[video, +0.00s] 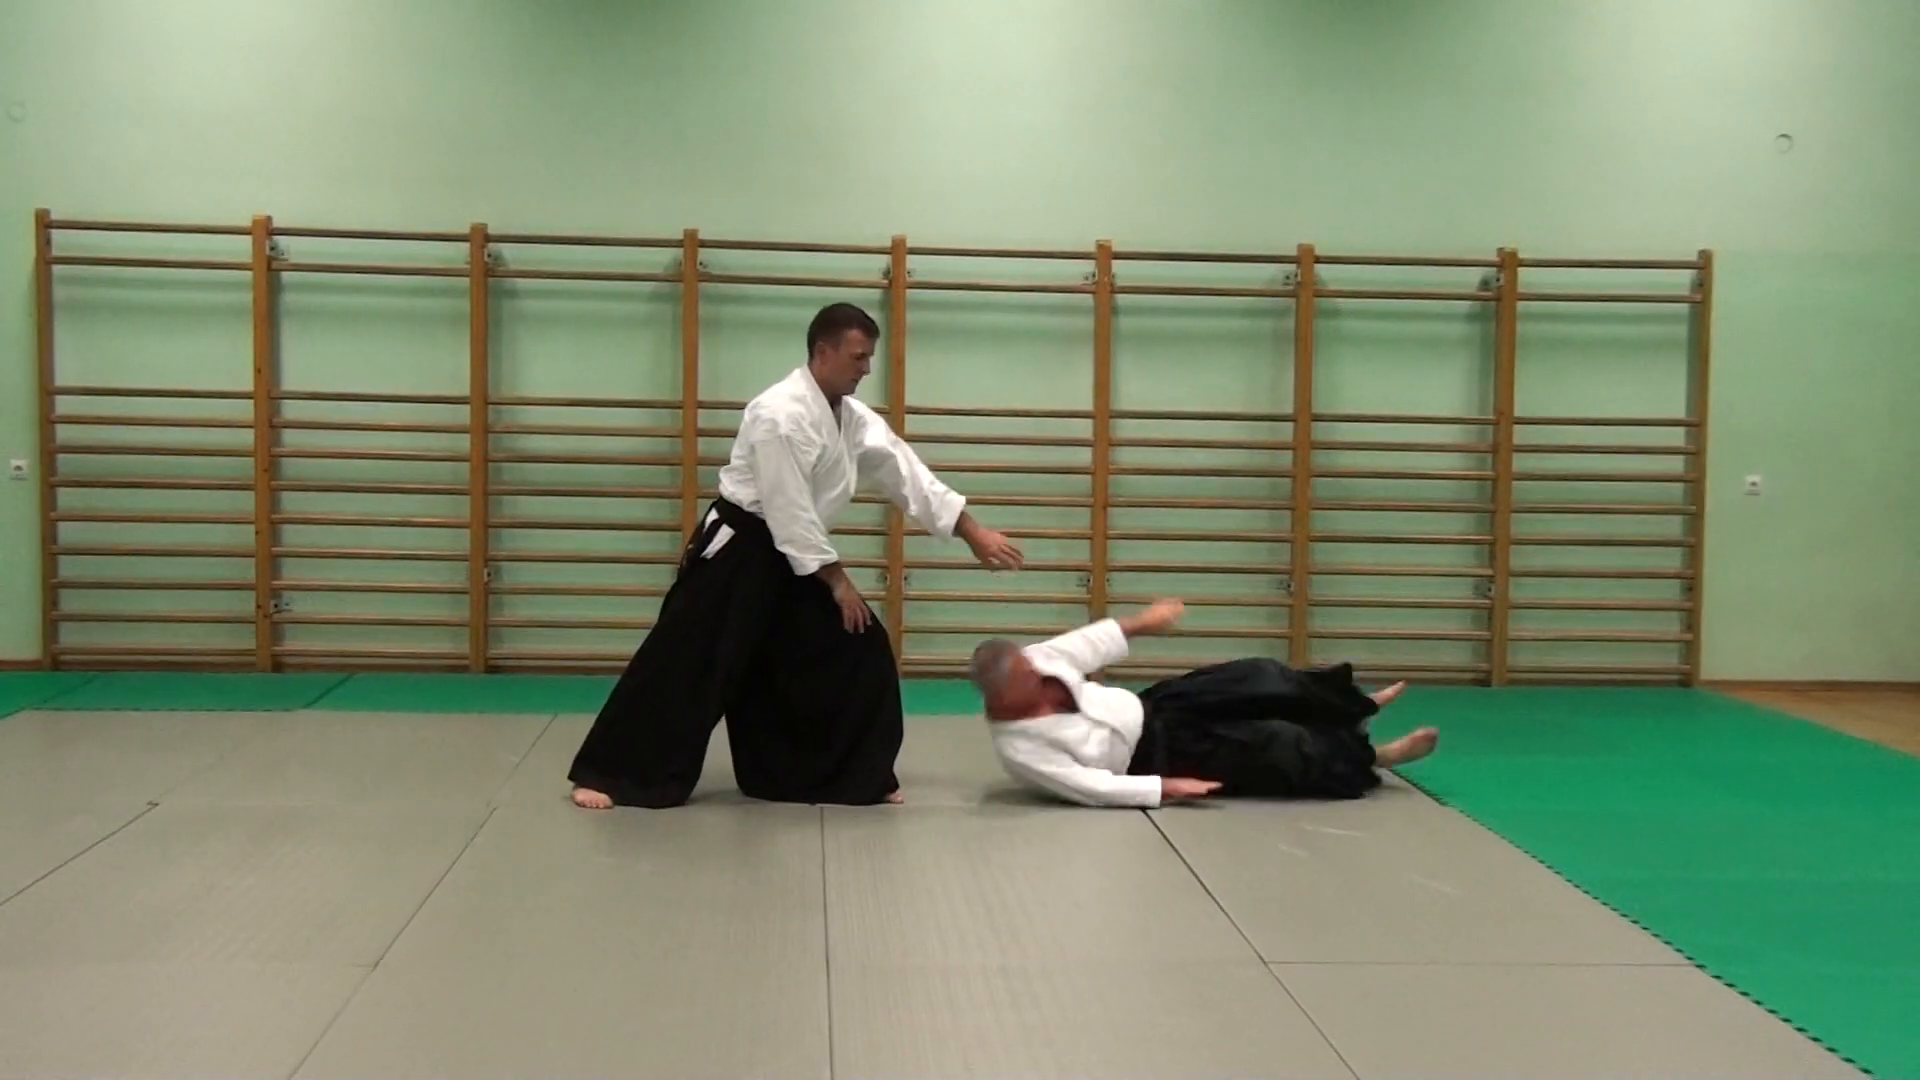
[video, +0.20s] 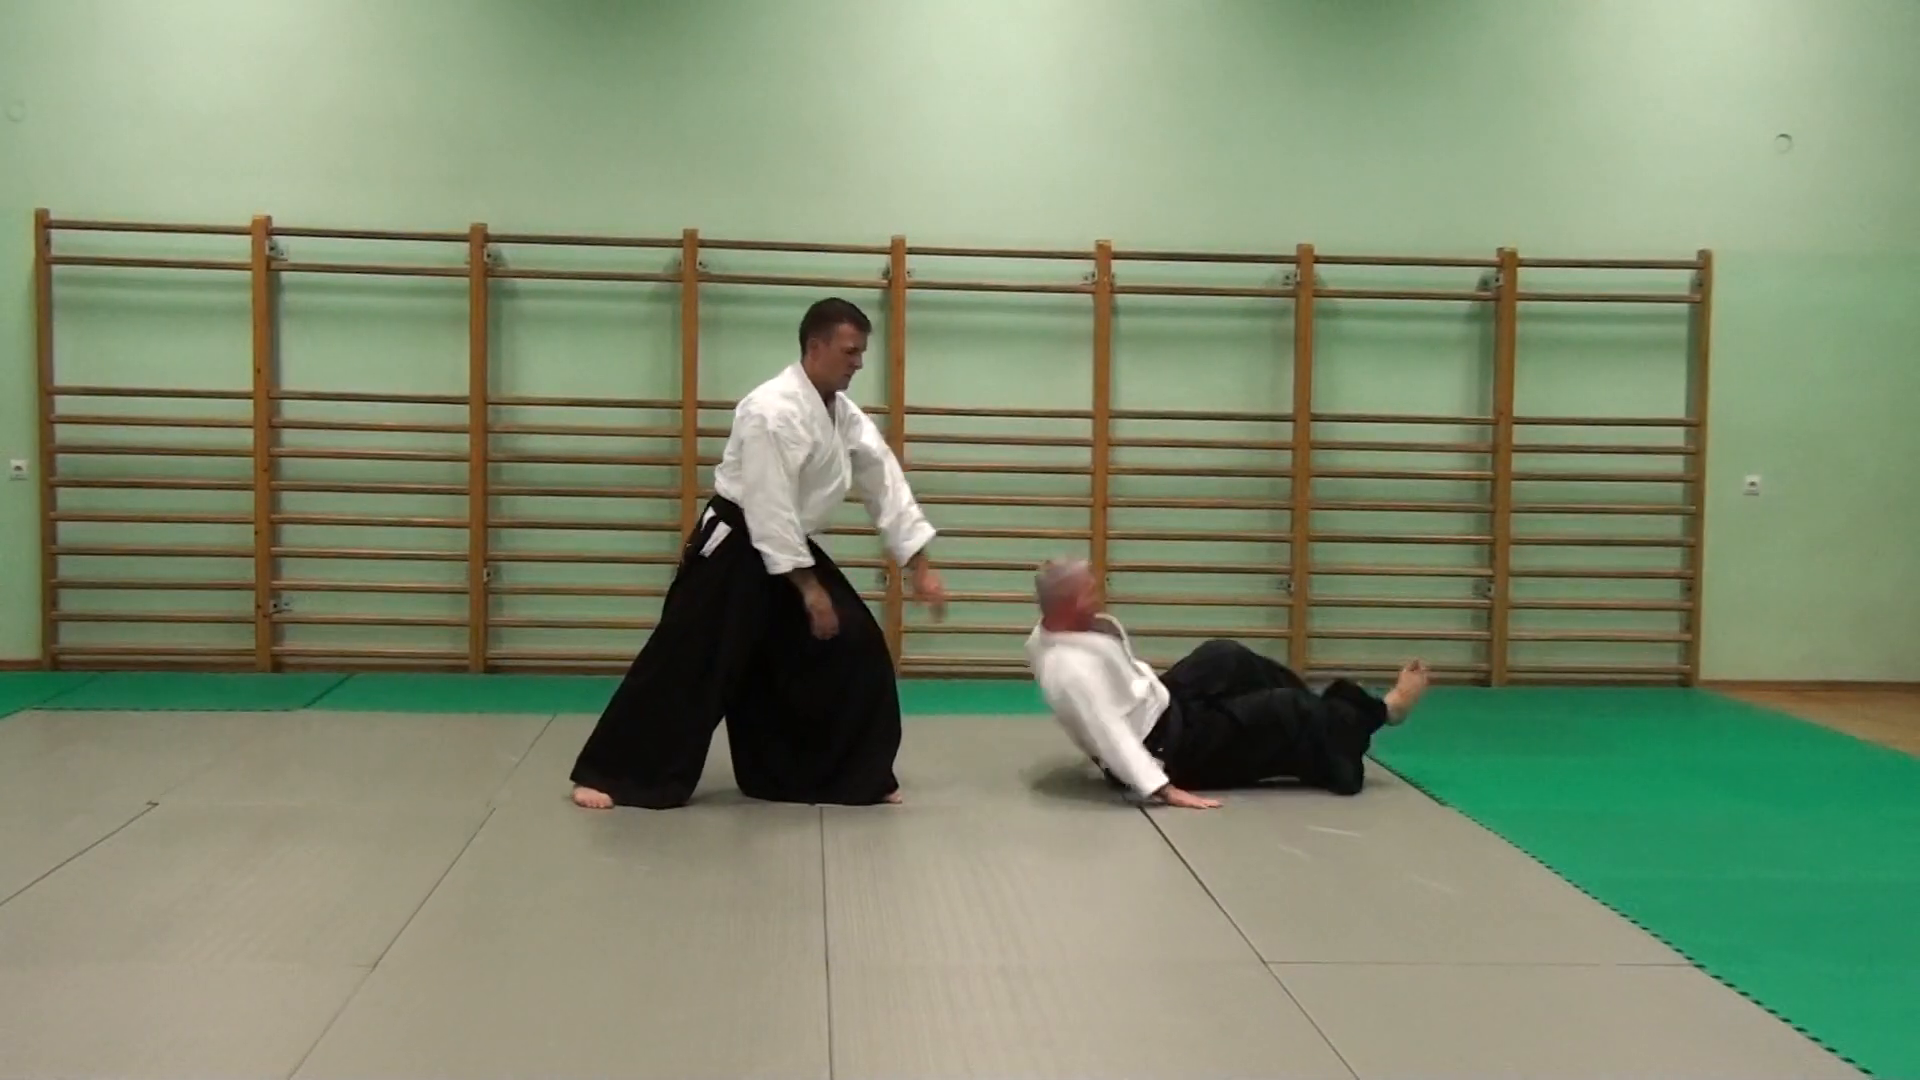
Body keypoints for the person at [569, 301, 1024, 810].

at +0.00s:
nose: (866, 368)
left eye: (869, 358)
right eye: (859, 356)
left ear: (851, 357)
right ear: (824, 350)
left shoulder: (851, 415)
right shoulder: (778, 413)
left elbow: (906, 471)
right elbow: (788, 508)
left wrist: (972, 528)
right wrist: (837, 577)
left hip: (794, 555)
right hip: (739, 547)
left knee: (861, 647)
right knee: (684, 658)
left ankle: (856, 776)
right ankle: (606, 773)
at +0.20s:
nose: (859, 361)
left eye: (862, 351)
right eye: (851, 350)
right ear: (815, 346)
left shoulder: (844, 416)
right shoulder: (771, 410)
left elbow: (885, 482)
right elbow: (769, 510)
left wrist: (918, 560)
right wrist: (808, 584)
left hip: (793, 547)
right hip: (735, 546)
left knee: (860, 645)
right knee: (682, 658)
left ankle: (859, 775)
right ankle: (603, 774)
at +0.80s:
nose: (694, 306)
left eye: (696, 296)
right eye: (683, 296)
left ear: (677, 301)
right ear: (648, 298)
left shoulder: (693, 368)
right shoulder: (614, 369)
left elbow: (712, 456)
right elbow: (597, 466)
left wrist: (712, 537)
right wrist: (616, 553)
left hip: (682, 518)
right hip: (624, 518)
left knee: (708, 638)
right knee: (613, 647)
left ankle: (721, 768)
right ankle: (592, 775)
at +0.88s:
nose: (682, 301)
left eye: (684, 291)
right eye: (671, 291)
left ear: (675, 296)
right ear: (636, 294)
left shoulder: (683, 366)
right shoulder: (604, 366)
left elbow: (702, 452)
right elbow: (588, 462)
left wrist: (702, 531)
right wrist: (607, 549)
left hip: (672, 517)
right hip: (616, 516)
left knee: (697, 640)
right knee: (607, 645)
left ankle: (707, 769)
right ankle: (587, 774)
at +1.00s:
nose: (670, 299)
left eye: (671, 289)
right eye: (659, 290)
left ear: (664, 293)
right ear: (624, 293)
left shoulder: (672, 364)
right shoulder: (594, 365)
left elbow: (693, 449)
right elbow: (578, 462)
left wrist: (695, 529)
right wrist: (598, 548)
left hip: (662, 514)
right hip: (607, 514)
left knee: (686, 636)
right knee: (602, 643)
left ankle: (683, 767)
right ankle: (591, 775)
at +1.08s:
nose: (664, 299)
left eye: (665, 289)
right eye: (652, 289)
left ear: (659, 294)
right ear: (617, 294)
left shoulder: (666, 365)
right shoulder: (586, 366)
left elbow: (686, 449)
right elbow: (572, 463)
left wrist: (690, 530)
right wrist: (594, 549)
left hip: (655, 515)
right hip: (600, 515)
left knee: (681, 635)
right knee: (597, 644)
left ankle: (678, 767)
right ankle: (587, 774)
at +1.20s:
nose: (658, 296)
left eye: (659, 286)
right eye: (646, 287)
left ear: (653, 293)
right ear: (610, 293)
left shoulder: (660, 363)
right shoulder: (580, 365)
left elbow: (684, 448)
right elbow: (567, 462)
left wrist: (686, 530)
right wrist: (589, 548)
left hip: (652, 515)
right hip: (596, 514)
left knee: (677, 636)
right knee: (594, 643)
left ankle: (678, 767)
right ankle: (586, 775)